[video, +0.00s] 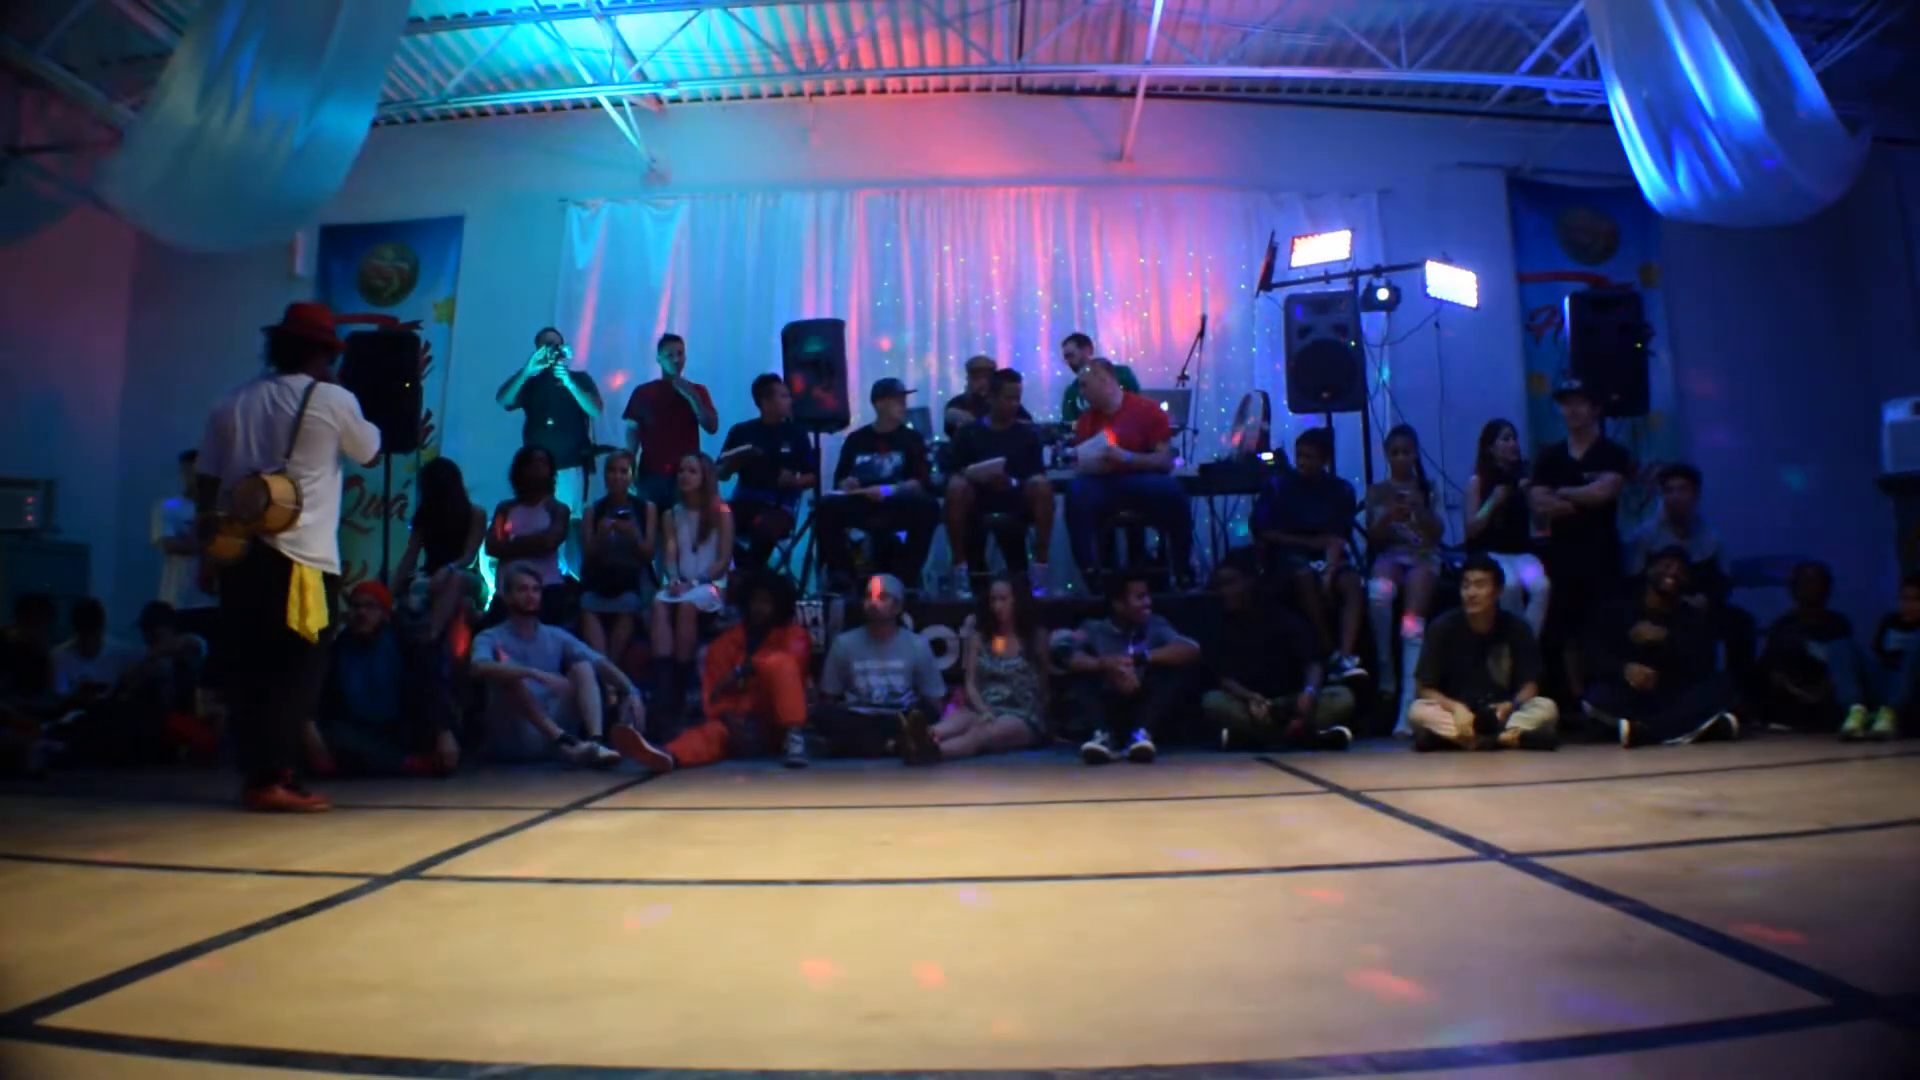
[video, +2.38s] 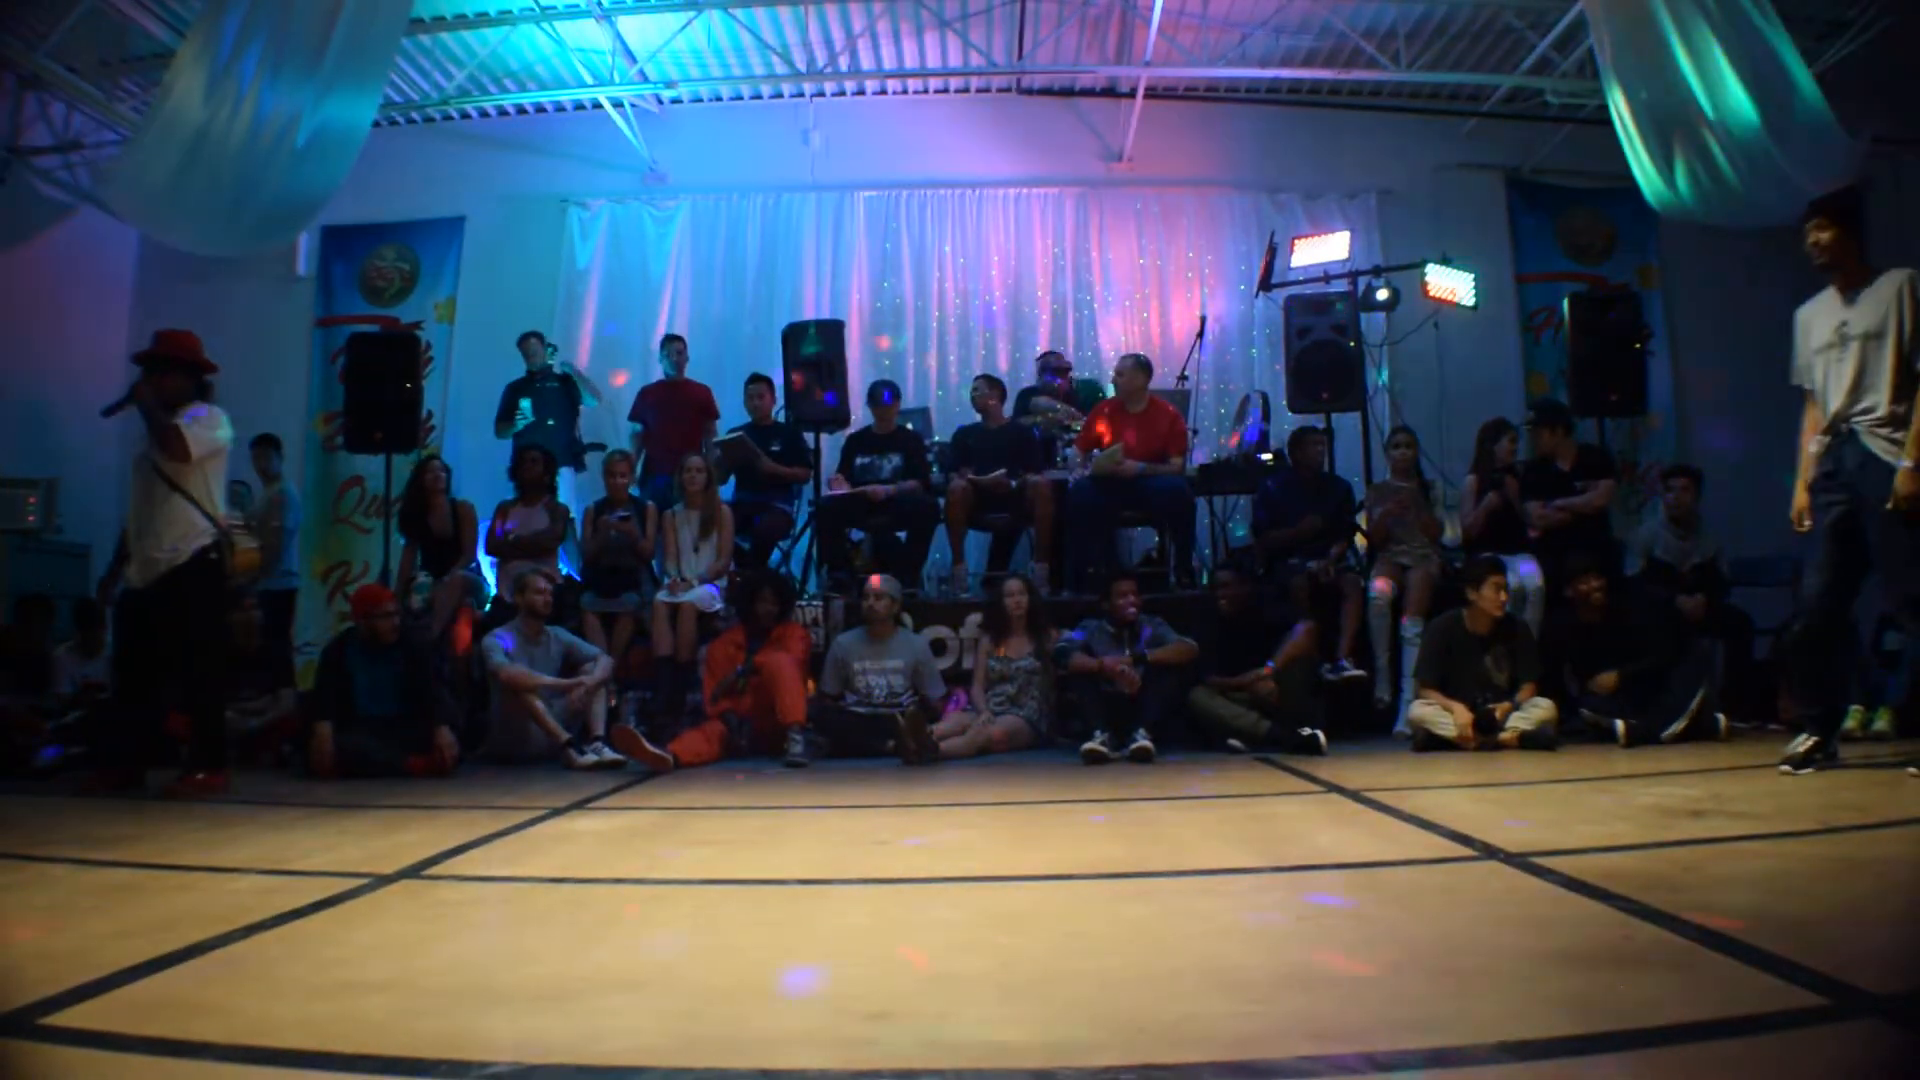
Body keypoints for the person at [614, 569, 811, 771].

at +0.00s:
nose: (759, 609)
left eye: (766, 603)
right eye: (754, 602)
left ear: (780, 607)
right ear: (745, 605)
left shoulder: (792, 635)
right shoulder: (724, 645)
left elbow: (784, 667)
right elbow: (713, 703)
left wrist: (748, 669)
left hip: (775, 721)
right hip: (738, 722)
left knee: (779, 663)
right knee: (712, 734)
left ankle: (794, 738)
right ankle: (668, 755)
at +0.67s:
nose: (768, 609)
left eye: (775, 603)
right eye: (762, 602)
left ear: (784, 607)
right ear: (749, 605)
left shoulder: (793, 634)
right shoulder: (725, 644)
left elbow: (787, 666)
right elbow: (713, 704)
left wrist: (754, 666)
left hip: (774, 717)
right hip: (736, 720)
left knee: (781, 662)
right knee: (709, 735)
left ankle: (794, 738)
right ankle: (669, 755)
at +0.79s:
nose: (769, 609)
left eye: (776, 603)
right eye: (763, 602)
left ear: (785, 607)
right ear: (749, 605)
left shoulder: (793, 633)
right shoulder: (724, 645)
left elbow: (787, 663)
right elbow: (713, 705)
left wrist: (754, 665)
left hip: (775, 719)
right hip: (736, 722)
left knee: (779, 661)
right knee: (711, 734)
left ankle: (795, 737)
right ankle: (670, 756)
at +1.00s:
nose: (768, 609)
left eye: (775, 603)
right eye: (762, 602)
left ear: (784, 607)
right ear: (749, 604)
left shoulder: (793, 634)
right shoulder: (724, 645)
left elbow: (790, 662)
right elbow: (713, 703)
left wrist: (756, 665)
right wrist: (735, 676)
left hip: (775, 718)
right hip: (737, 721)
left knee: (779, 661)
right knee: (709, 734)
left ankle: (795, 737)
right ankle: (670, 756)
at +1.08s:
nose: (768, 609)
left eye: (775, 603)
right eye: (762, 602)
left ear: (784, 607)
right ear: (749, 604)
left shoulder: (793, 634)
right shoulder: (724, 645)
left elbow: (790, 666)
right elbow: (714, 703)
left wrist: (756, 665)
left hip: (775, 718)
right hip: (738, 721)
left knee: (779, 661)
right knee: (711, 733)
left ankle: (794, 738)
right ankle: (671, 756)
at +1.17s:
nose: (768, 609)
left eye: (774, 603)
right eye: (762, 602)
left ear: (784, 607)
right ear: (749, 605)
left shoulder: (793, 634)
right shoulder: (724, 645)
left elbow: (787, 669)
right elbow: (714, 705)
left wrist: (751, 666)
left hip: (774, 717)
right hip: (738, 720)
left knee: (780, 661)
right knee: (711, 734)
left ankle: (794, 739)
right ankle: (670, 755)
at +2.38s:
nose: (767, 609)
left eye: (773, 603)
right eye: (761, 602)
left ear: (783, 606)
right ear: (748, 605)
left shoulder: (793, 633)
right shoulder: (724, 645)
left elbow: (789, 666)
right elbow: (713, 704)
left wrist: (753, 668)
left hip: (775, 715)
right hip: (738, 721)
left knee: (778, 660)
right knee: (711, 734)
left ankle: (795, 737)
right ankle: (670, 755)